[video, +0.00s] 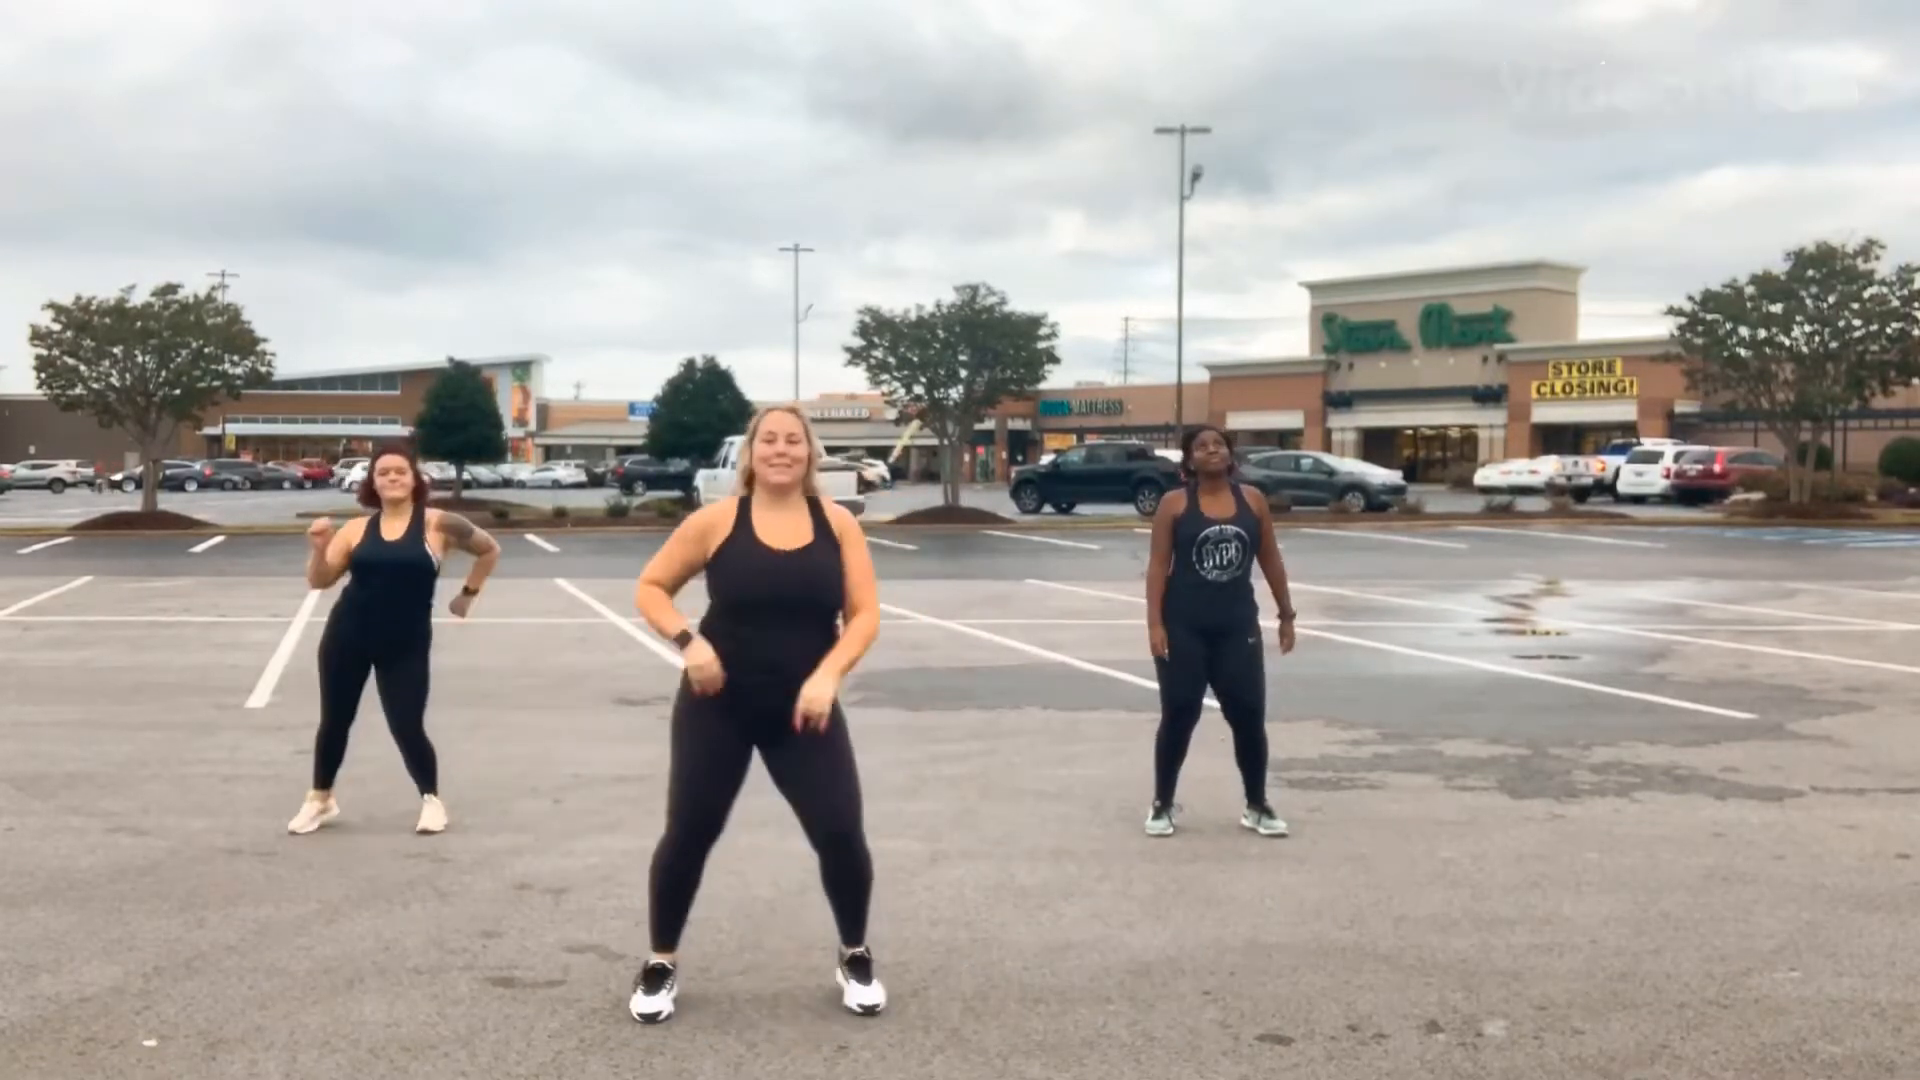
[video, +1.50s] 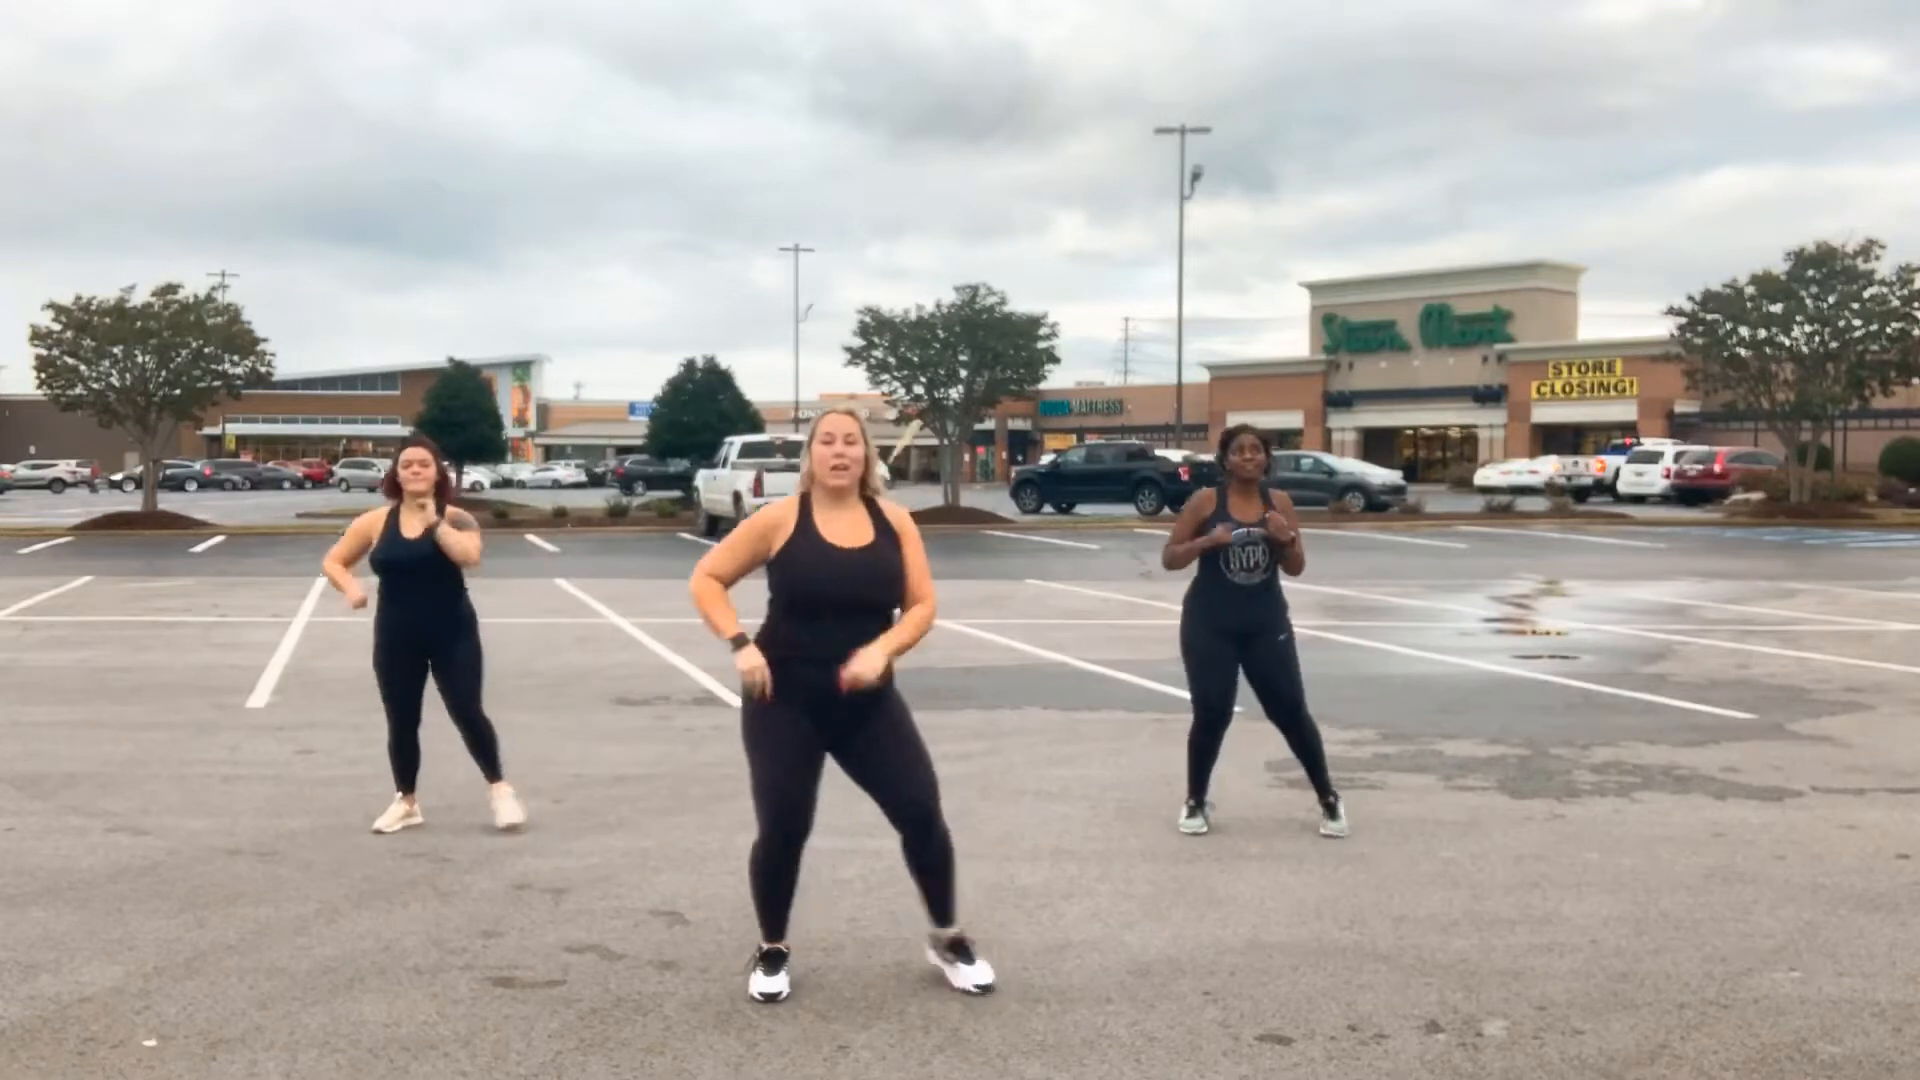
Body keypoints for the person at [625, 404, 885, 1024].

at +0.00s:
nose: (780, 449)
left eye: (792, 440)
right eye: (769, 440)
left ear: (809, 455)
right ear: (750, 454)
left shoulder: (838, 524)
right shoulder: (716, 520)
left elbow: (866, 614)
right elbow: (651, 589)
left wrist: (828, 674)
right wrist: (690, 643)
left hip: (806, 707)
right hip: (718, 702)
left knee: (842, 838)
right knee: (689, 833)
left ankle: (855, 955)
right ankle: (661, 962)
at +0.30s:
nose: (799, 442)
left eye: (811, 433)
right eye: (788, 433)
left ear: (829, 447)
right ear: (769, 446)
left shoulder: (856, 510)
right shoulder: (740, 512)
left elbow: (924, 574)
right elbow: (709, 607)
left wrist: (879, 620)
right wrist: (755, 620)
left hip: (843, 700)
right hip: (757, 699)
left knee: (840, 833)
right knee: (723, 825)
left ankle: (848, 959)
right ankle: (691, 954)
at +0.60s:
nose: (817, 457)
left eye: (827, 448)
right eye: (805, 448)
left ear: (844, 460)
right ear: (786, 460)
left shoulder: (871, 529)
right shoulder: (754, 523)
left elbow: (907, 617)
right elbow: (694, 589)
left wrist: (865, 594)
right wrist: (719, 661)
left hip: (862, 711)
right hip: (782, 712)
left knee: (866, 835)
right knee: (806, 838)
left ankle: (853, 957)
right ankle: (782, 957)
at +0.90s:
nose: (835, 449)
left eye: (846, 439)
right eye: (823, 440)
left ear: (864, 451)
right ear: (805, 452)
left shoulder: (897, 517)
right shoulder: (778, 520)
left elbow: (949, 588)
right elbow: (755, 609)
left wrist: (961, 662)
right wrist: (819, 612)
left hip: (881, 702)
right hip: (795, 704)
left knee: (925, 822)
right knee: (786, 833)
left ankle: (958, 935)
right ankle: (777, 954)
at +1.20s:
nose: (872, 452)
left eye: (884, 443)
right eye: (861, 443)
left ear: (902, 453)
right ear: (844, 453)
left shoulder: (931, 520)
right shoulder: (815, 523)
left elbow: (1000, 584)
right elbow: (774, 605)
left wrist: (964, 619)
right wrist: (811, 648)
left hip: (923, 699)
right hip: (837, 702)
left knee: (950, 824)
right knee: (808, 831)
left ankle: (981, 941)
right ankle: (775, 941)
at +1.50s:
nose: (839, 450)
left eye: (850, 441)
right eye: (827, 441)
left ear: (867, 455)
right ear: (809, 454)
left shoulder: (894, 521)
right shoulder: (780, 519)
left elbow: (923, 607)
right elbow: (706, 579)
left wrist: (883, 650)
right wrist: (740, 643)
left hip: (867, 698)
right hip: (784, 700)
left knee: (921, 813)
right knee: (783, 830)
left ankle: (948, 939)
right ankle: (772, 952)